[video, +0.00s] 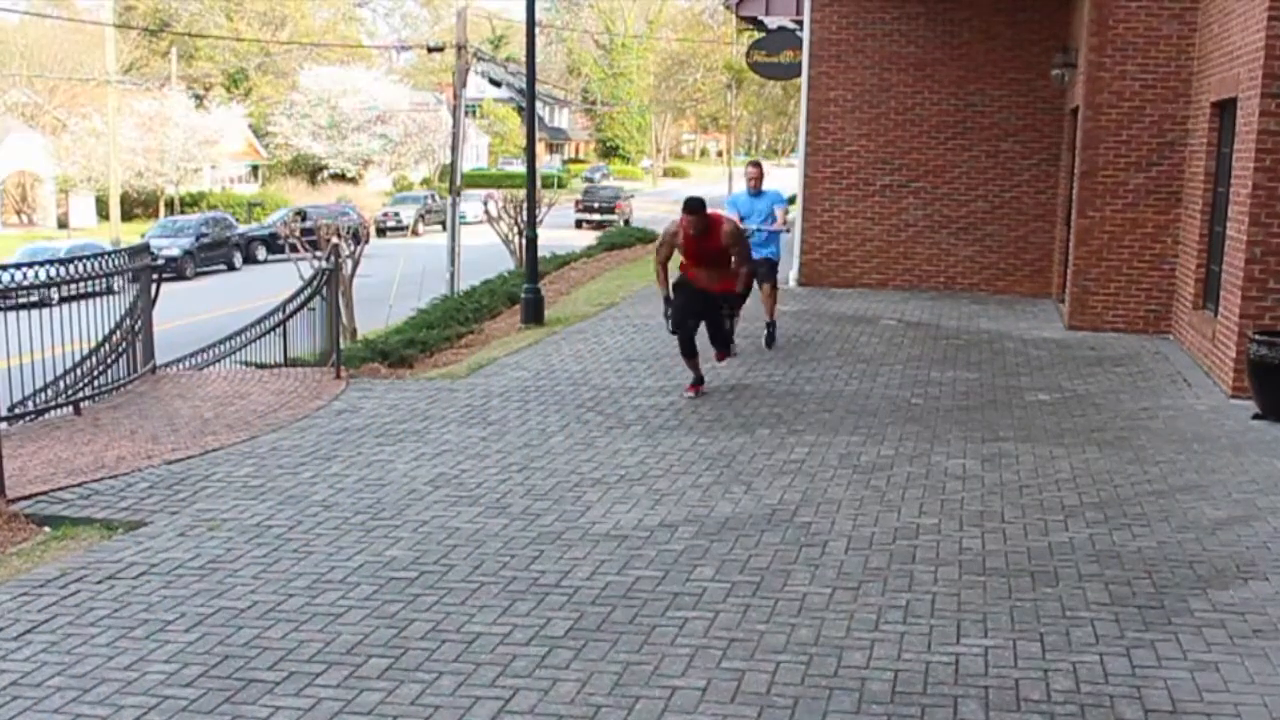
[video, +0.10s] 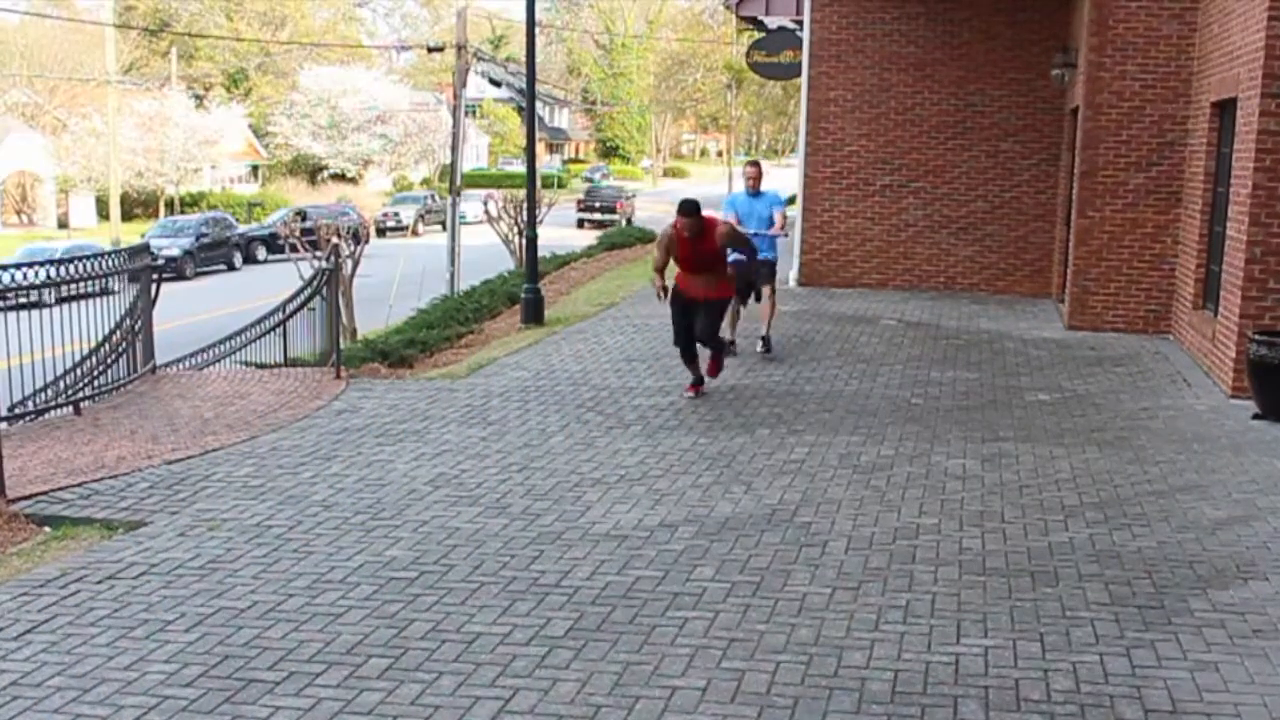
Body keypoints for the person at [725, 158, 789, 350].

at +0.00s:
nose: (753, 183)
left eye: (757, 178)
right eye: (750, 178)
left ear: (762, 178)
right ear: (745, 179)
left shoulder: (774, 197)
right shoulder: (735, 200)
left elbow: (781, 212)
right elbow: (732, 221)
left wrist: (779, 223)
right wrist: (738, 229)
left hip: (767, 252)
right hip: (744, 253)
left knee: (768, 287)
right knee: (737, 294)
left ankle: (770, 323)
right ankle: (729, 331)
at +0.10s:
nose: (751, 182)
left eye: (755, 177)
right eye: (748, 178)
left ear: (761, 178)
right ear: (743, 178)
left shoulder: (772, 198)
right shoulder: (733, 200)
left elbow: (780, 217)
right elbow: (730, 223)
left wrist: (777, 227)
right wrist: (740, 232)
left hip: (765, 253)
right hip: (740, 253)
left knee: (768, 291)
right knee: (736, 297)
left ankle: (765, 334)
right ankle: (731, 337)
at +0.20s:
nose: (754, 179)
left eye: (758, 175)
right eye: (751, 175)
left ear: (764, 176)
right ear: (746, 176)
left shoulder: (775, 198)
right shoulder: (733, 197)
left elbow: (775, 219)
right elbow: (726, 220)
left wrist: (766, 233)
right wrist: (737, 234)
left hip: (762, 254)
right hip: (736, 252)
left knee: (762, 298)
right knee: (731, 297)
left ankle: (763, 340)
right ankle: (729, 333)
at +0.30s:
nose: (756, 181)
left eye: (760, 176)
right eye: (752, 176)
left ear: (765, 178)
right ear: (746, 177)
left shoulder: (776, 201)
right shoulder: (733, 199)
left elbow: (774, 220)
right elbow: (724, 225)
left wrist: (760, 231)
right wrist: (728, 241)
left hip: (762, 260)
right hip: (736, 257)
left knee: (761, 304)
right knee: (728, 297)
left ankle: (759, 350)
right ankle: (724, 333)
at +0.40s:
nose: (750, 181)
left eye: (754, 177)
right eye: (747, 177)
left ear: (761, 178)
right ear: (742, 178)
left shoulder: (774, 201)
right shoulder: (730, 202)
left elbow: (773, 220)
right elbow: (722, 230)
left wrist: (761, 231)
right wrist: (721, 254)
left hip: (761, 264)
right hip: (734, 263)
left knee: (762, 306)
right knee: (725, 308)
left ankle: (760, 351)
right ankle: (717, 351)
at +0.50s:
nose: (743, 182)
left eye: (747, 178)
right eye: (740, 178)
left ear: (754, 179)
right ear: (735, 179)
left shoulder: (766, 201)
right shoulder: (723, 203)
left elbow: (769, 221)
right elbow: (718, 229)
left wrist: (763, 234)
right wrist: (720, 245)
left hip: (757, 264)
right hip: (731, 264)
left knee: (759, 304)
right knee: (723, 311)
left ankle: (760, 345)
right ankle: (716, 357)